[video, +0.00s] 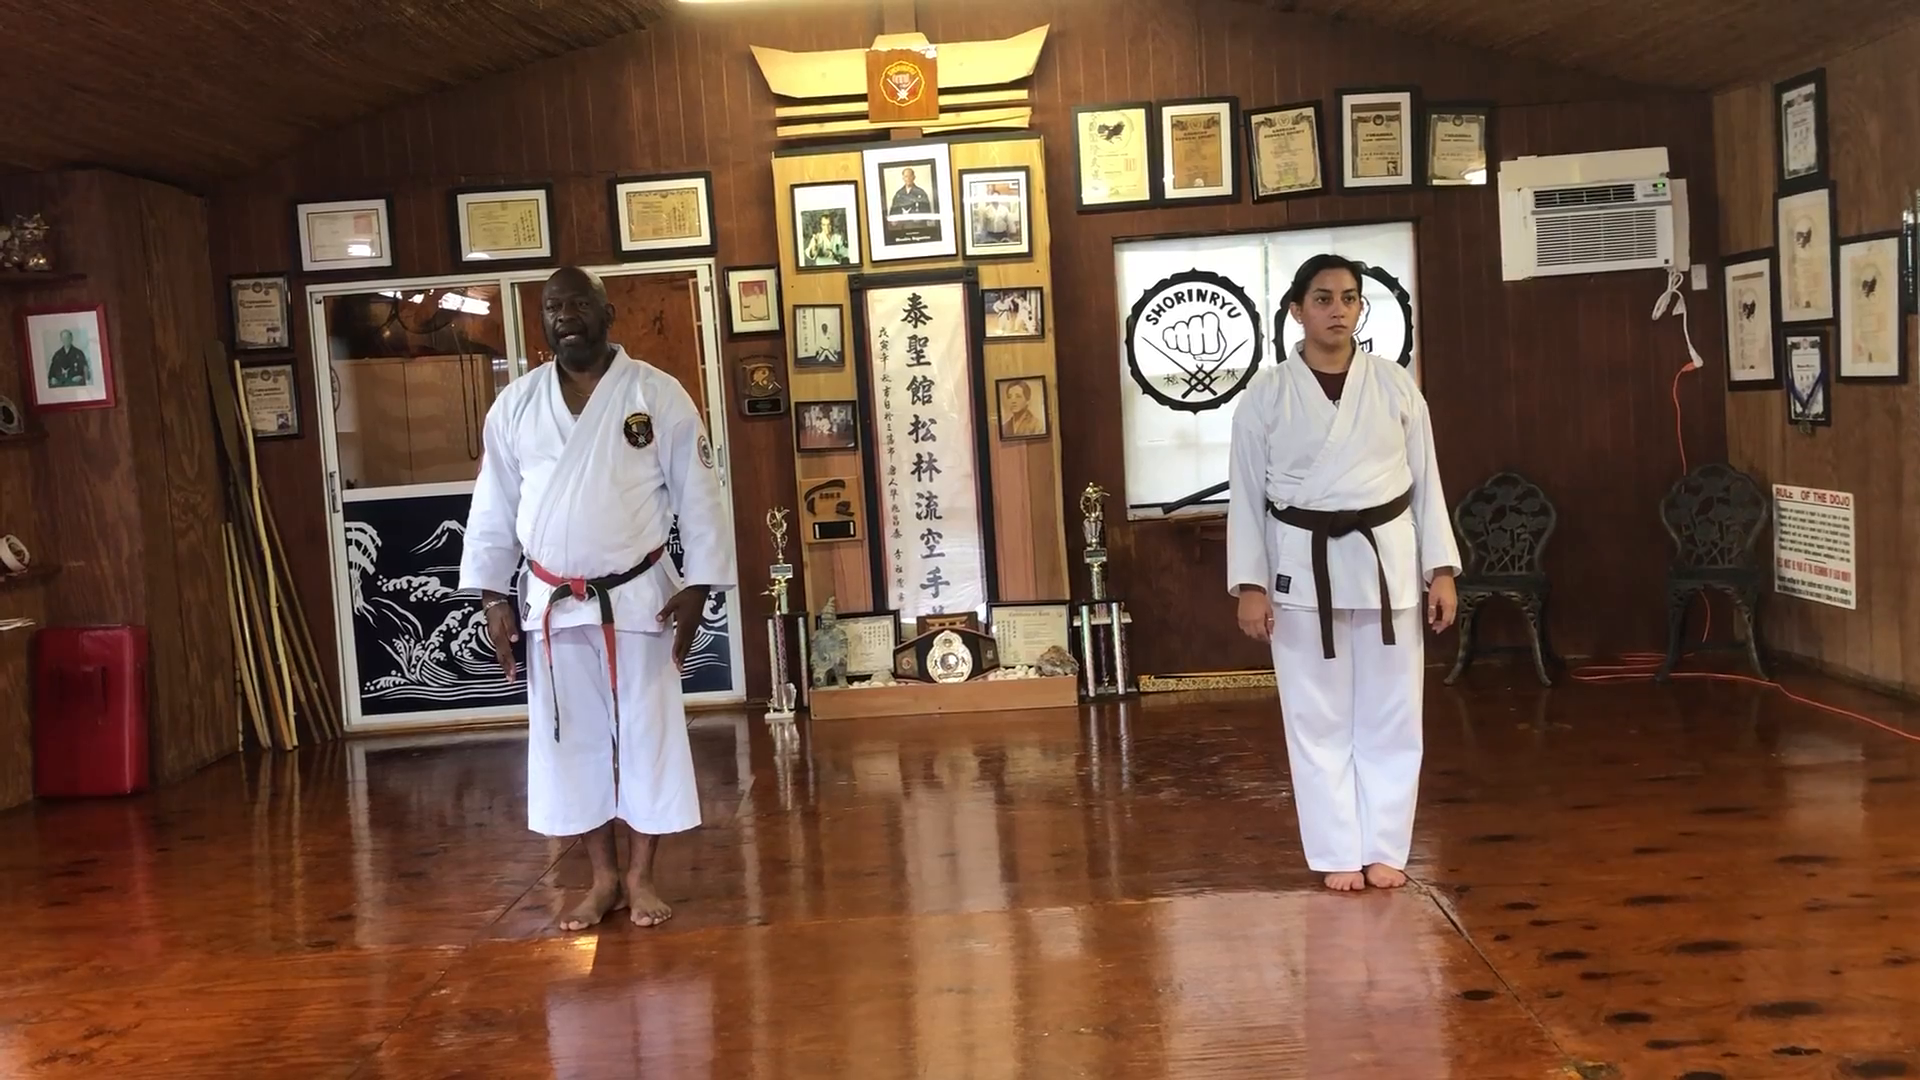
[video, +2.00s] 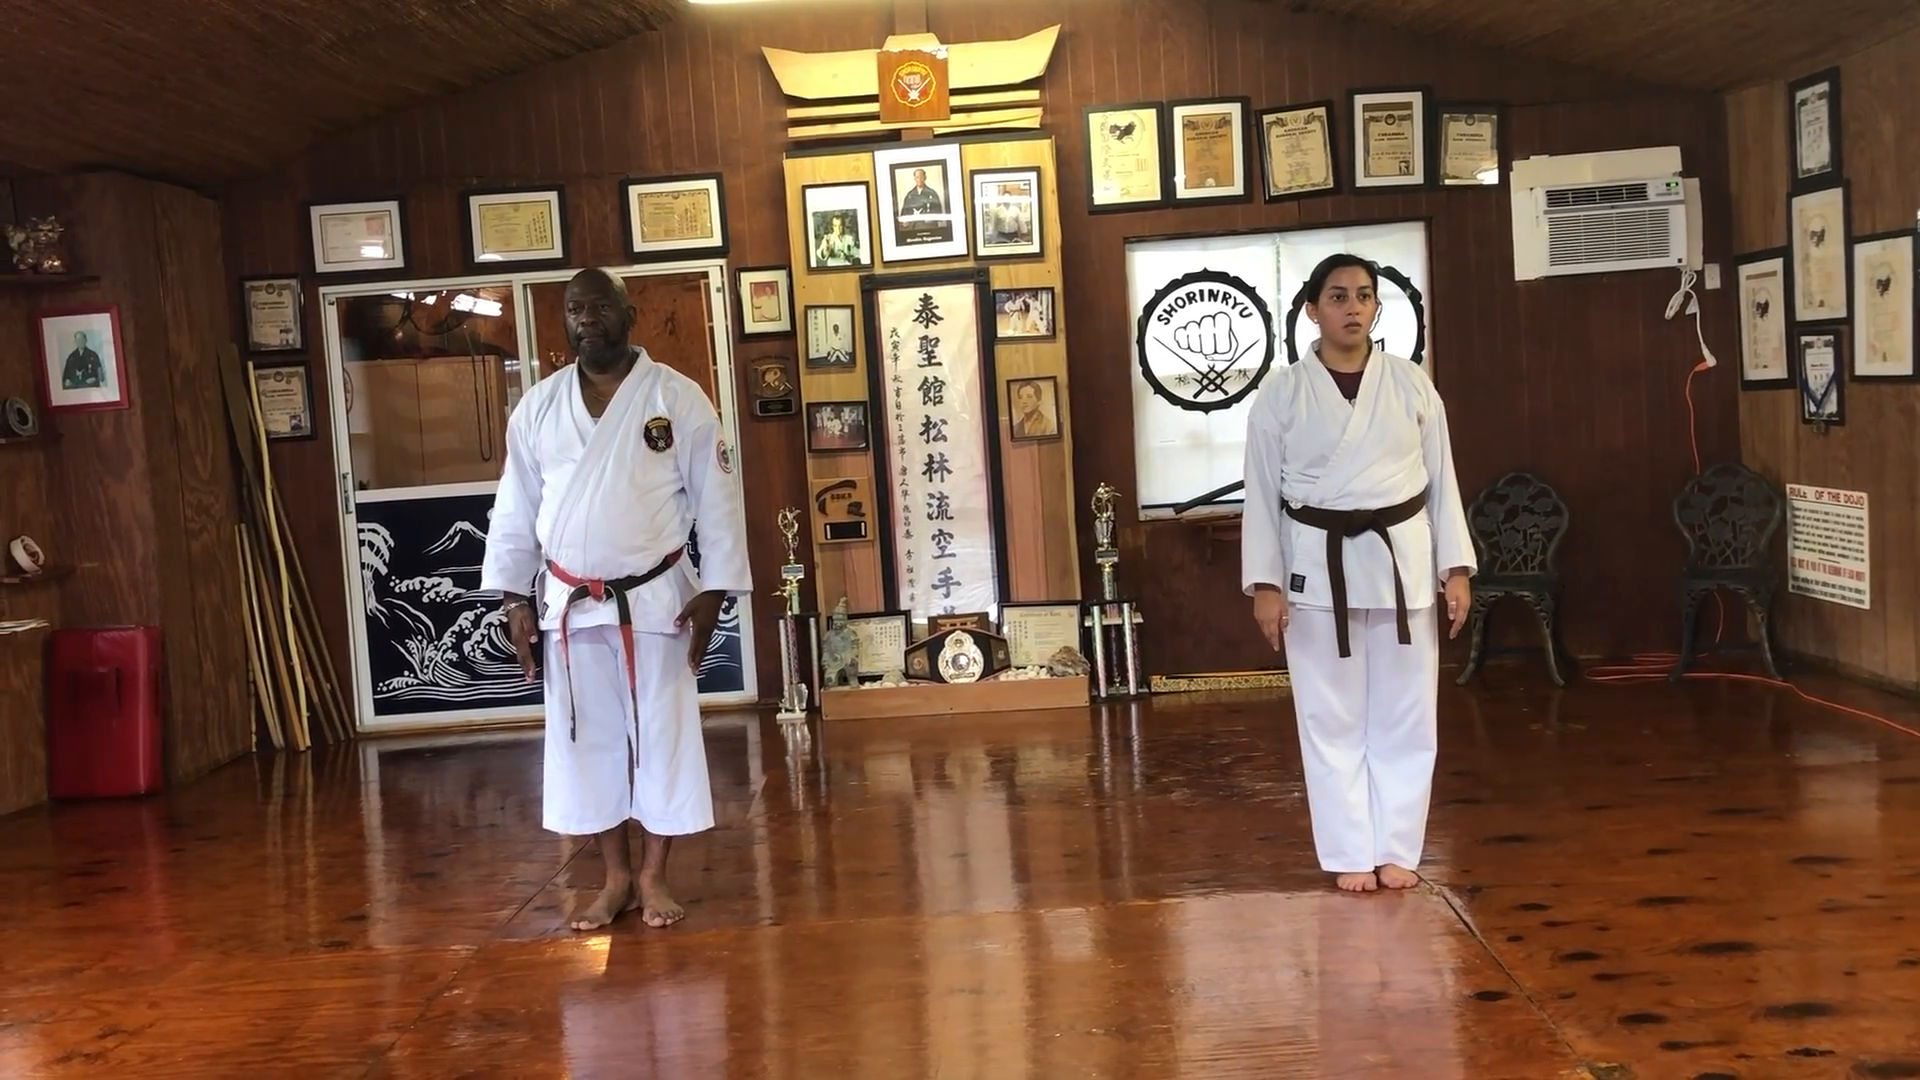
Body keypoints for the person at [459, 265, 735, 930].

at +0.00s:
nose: (565, 319)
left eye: (576, 307)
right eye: (554, 311)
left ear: (607, 315)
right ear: (541, 325)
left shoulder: (657, 395)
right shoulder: (514, 406)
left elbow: (697, 495)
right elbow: (494, 507)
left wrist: (700, 586)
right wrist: (493, 600)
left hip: (638, 590)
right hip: (552, 597)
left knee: (644, 731)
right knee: (572, 733)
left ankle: (639, 876)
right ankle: (601, 877)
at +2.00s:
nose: (587, 321)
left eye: (600, 309)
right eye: (577, 311)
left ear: (629, 317)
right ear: (563, 325)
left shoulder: (678, 398)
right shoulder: (536, 407)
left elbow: (717, 499)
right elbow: (516, 506)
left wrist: (716, 591)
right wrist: (513, 598)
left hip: (655, 591)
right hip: (570, 597)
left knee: (659, 733)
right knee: (588, 734)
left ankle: (651, 876)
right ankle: (615, 878)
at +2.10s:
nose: (588, 320)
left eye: (600, 309)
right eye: (578, 311)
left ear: (630, 317)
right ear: (564, 325)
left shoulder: (678, 398)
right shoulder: (536, 409)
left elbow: (719, 499)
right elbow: (517, 507)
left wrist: (716, 590)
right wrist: (514, 600)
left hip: (656, 591)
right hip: (570, 596)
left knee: (660, 733)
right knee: (589, 734)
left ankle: (651, 877)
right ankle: (616, 878)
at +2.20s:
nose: (588, 321)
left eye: (601, 310)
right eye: (578, 312)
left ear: (630, 317)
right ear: (565, 325)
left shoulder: (679, 398)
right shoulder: (538, 408)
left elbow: (718, 499)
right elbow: (518, 506)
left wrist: (718, 591)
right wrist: (515, 599)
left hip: (657, 591)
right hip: (571, 597)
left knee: (661, 734)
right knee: (589, 735)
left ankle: (652, 877)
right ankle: (616, 878)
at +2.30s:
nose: (588, 321)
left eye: (601, 309)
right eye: (578, 312)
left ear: (631, 317)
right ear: (565, 325)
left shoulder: (679, 398)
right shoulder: (538, 409)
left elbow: (719, 499)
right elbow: (518, 508)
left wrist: (717, 592)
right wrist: (516, 600)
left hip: (657, 591)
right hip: (571, 597)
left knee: (660, 734)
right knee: (589, 735)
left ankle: (652, 877)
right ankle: (616, 878)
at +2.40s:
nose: (589, 321)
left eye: (601, 309)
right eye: (579, 312)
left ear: (631, 317)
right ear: (566, 325)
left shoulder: (679, 399)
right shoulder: (538, 409)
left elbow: (719, 500)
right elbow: (518, 508)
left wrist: (717, 592)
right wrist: (516, 600)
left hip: (657, 592)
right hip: (572, 598)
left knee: (661, 735)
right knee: (589, 735)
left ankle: (652, 878)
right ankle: (616, 878)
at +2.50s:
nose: (590, 322)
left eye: (602, 311)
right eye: (579, 314)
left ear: (632, 318)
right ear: (566, 327)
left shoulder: (680, 400)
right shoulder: (538, 410)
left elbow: (719, 501)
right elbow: (518, 509)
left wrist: (717, 593)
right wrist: (516, 601)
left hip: (657, 593)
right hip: (572, 598)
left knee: (661, 736)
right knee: (588, 736)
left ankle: (652, 878)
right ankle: (616, 879)